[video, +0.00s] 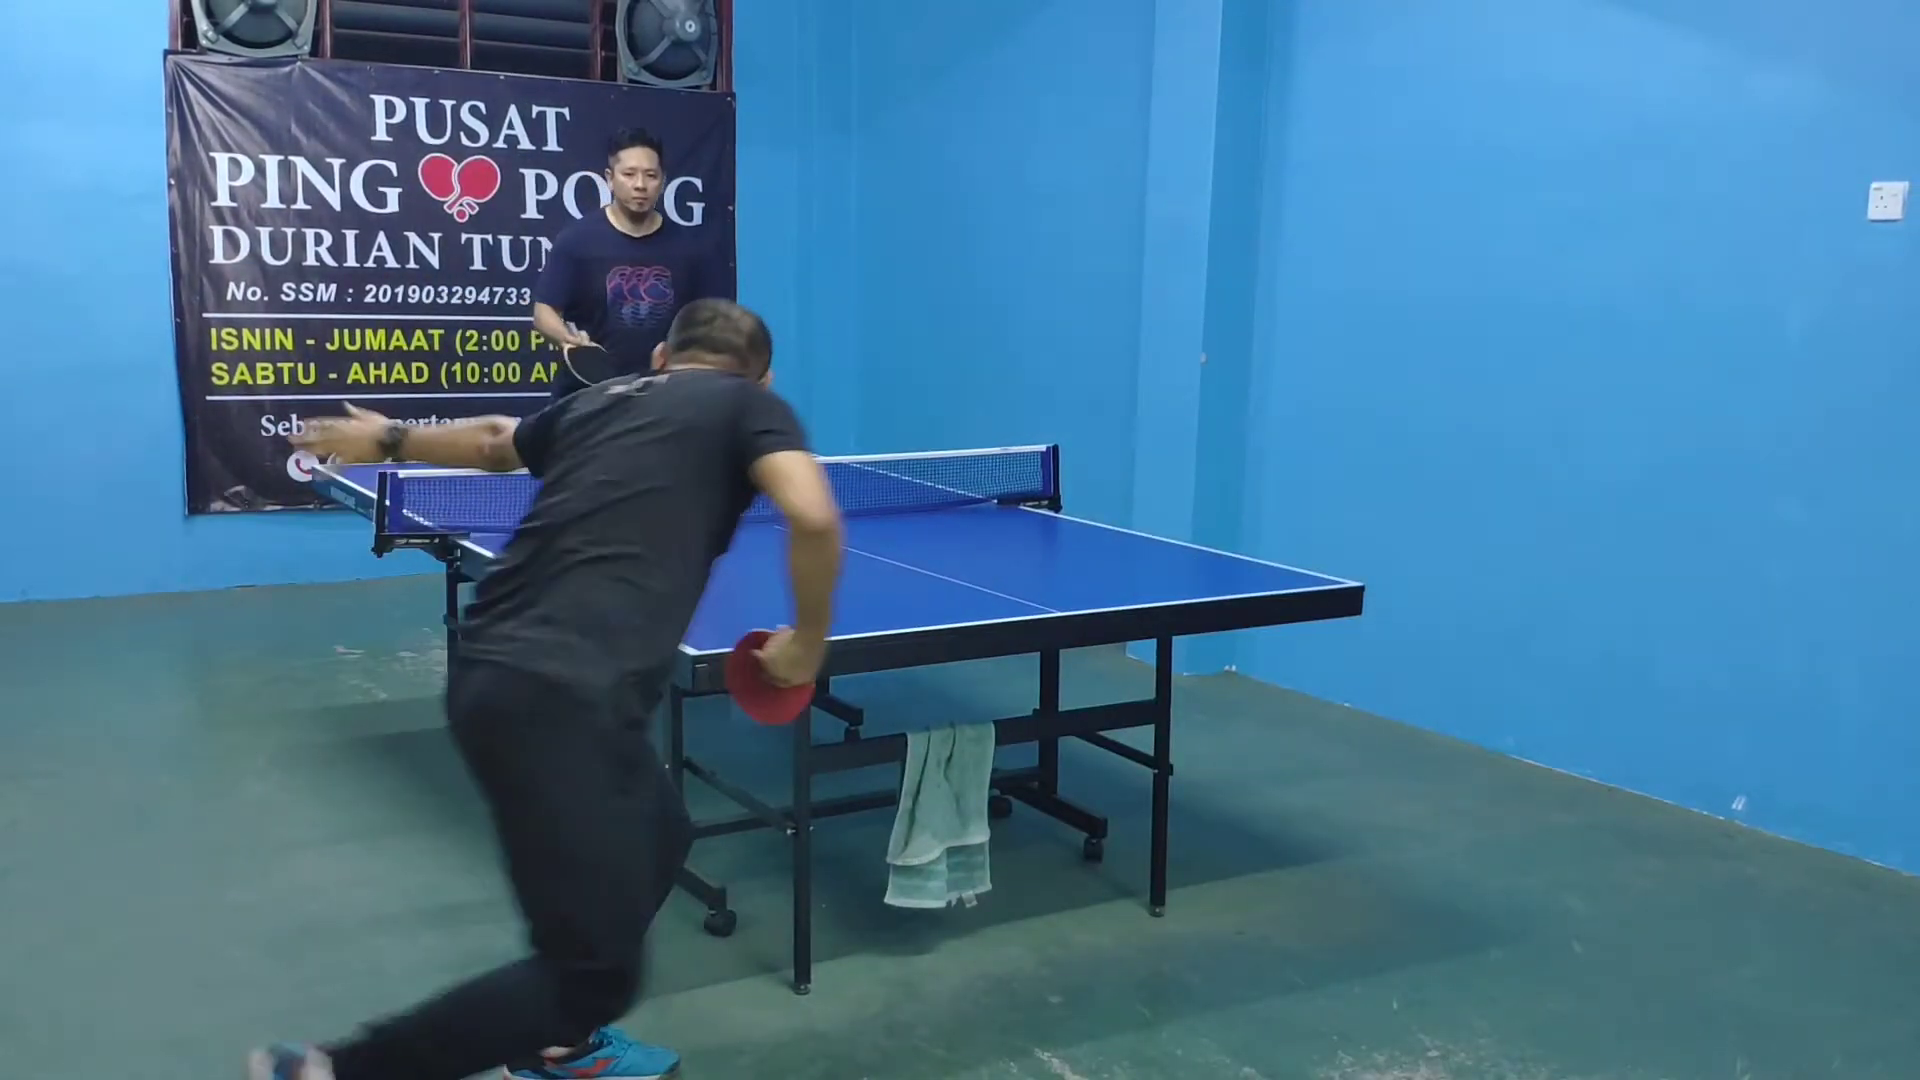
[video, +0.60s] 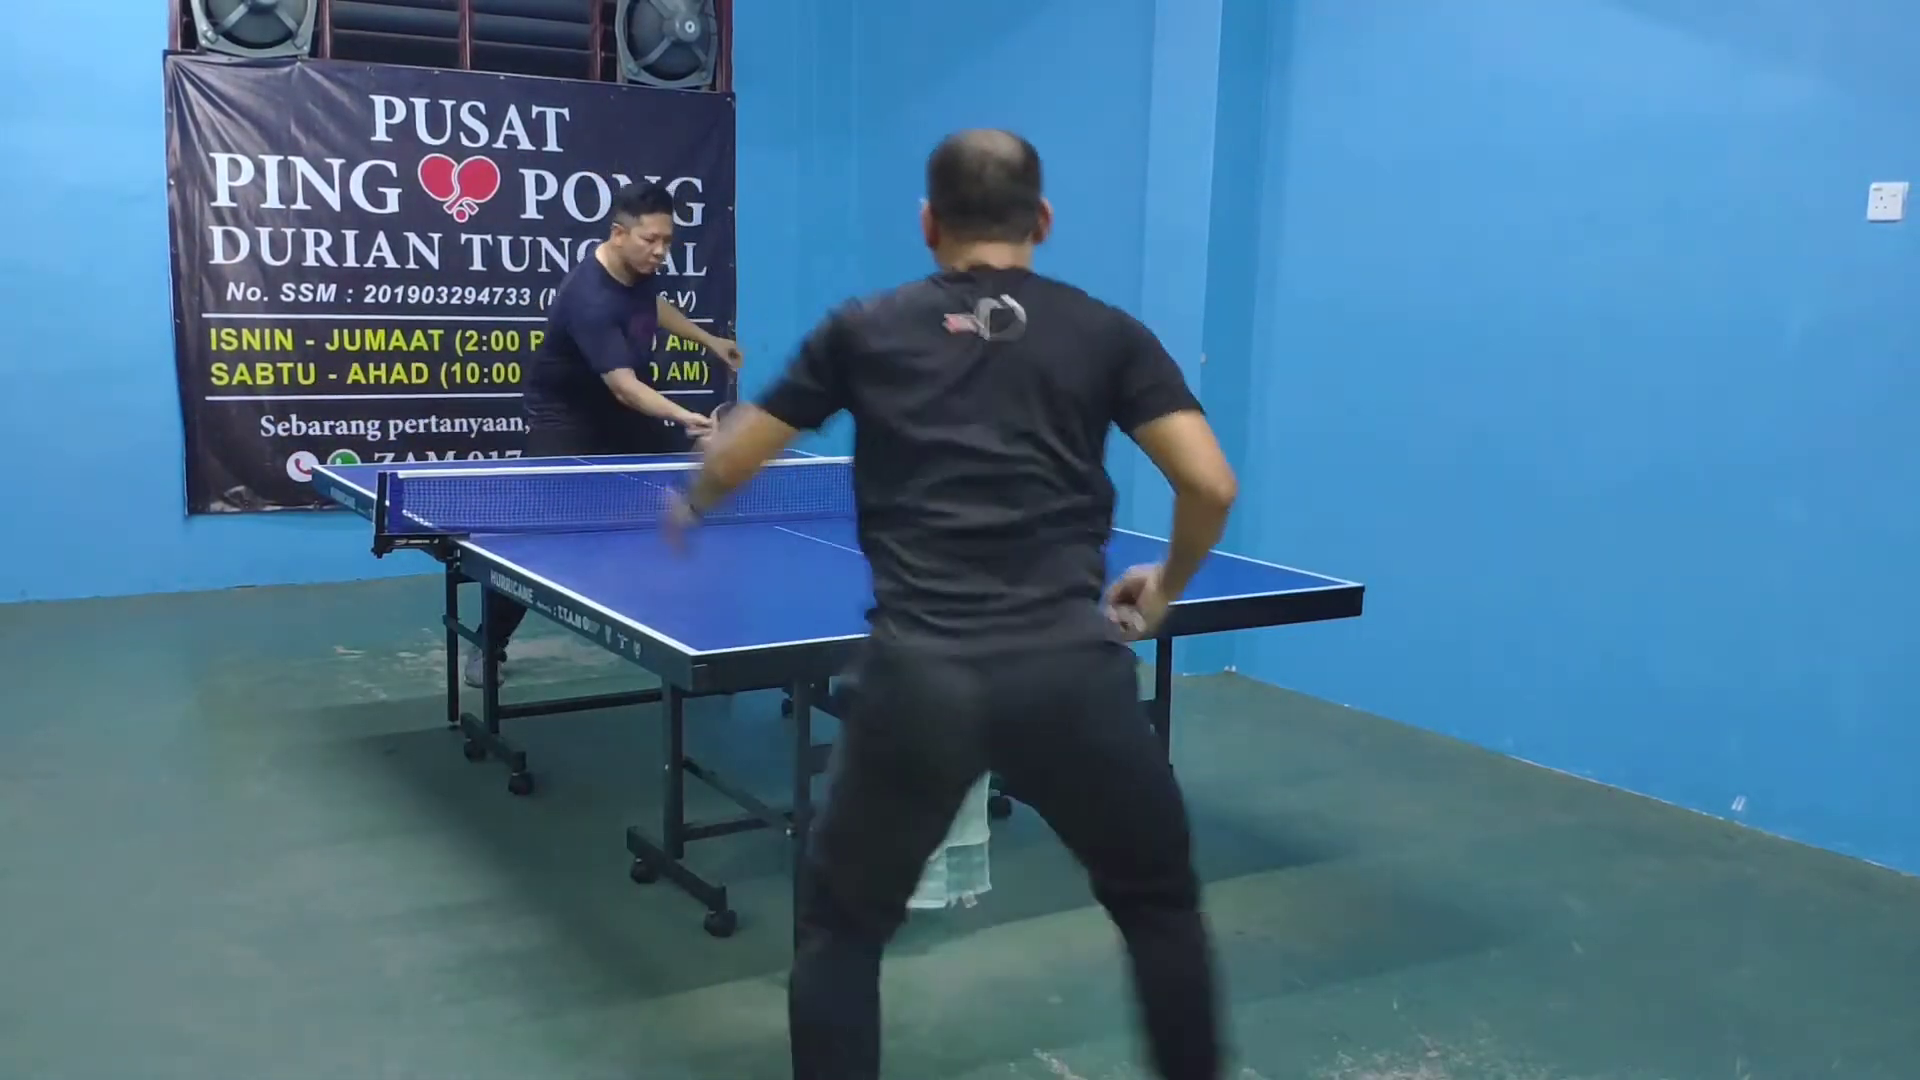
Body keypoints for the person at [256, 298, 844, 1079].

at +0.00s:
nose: (763, 394)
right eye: (764, 384)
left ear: (660, 359)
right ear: (753, 375)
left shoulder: (590, 403)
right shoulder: (745, 400)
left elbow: (492, 443)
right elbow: (815, 517)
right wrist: (807, 641)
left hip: (488, 678)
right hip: (565, 695)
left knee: (660, 839)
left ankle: (561, 1036)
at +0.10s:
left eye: (688, 324)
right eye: (808, 342)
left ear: (697, 331)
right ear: (800, 344)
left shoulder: (638, 384)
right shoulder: (805, 394)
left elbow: (509, 414)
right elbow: (882, 518)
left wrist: (381, 406)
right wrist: (854, 640)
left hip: (543, 674)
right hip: (645, 685)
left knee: (635, 865)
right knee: (718, 948)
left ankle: (558, 1034)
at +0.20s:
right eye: (858, 310)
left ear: (755, 311)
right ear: (855, 322)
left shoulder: (687, 377)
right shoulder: (869, 400)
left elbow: (547, 399)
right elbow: (955, 538)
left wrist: (410, 387)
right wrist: (906, 642)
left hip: (615, 687)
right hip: (728, 705)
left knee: (661, 874)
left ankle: (559, 1036)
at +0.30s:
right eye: (914, 300)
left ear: (808, 299)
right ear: (913, 308)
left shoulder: (744, 380)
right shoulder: (942, 400)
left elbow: (601, 405)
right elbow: (1048, 547)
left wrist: (461, 393)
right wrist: (993, 630)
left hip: (712, 712)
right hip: (836, 723)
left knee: (677, 886)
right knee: (958, 957)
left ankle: (572, 1048)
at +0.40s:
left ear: (849, 254)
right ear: (960, 255)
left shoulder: (792, 355)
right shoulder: (1009, 363)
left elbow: (628, 398)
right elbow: (1122, 510)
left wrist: (506, 401)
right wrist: (1070, 596)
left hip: (796, 703)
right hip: (936, 708)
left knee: (730, 891)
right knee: (996, 966)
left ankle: (662, 1064)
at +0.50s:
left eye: (887, 195)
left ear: (887, 206)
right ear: (1000, 205)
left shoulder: (821, 312)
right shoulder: (1058, 317)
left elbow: (654, 412)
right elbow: (1174, 467)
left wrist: (614, 411)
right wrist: (1126, 563)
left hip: (860, 669)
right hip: (1009, 670)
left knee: (799, 892)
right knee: (1075, 904)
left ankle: (779, 1068)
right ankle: (1015, 1074)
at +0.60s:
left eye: (926, 213)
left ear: (929, 224)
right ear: (1041, 222)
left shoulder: (864, 330)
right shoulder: (1101, 331)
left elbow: (729, 461)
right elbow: (1209, 486)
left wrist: (692, 502)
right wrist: (1166, 584)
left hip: (921, 689)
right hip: (1073, 685)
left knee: (840, 928)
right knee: (1160, 907)